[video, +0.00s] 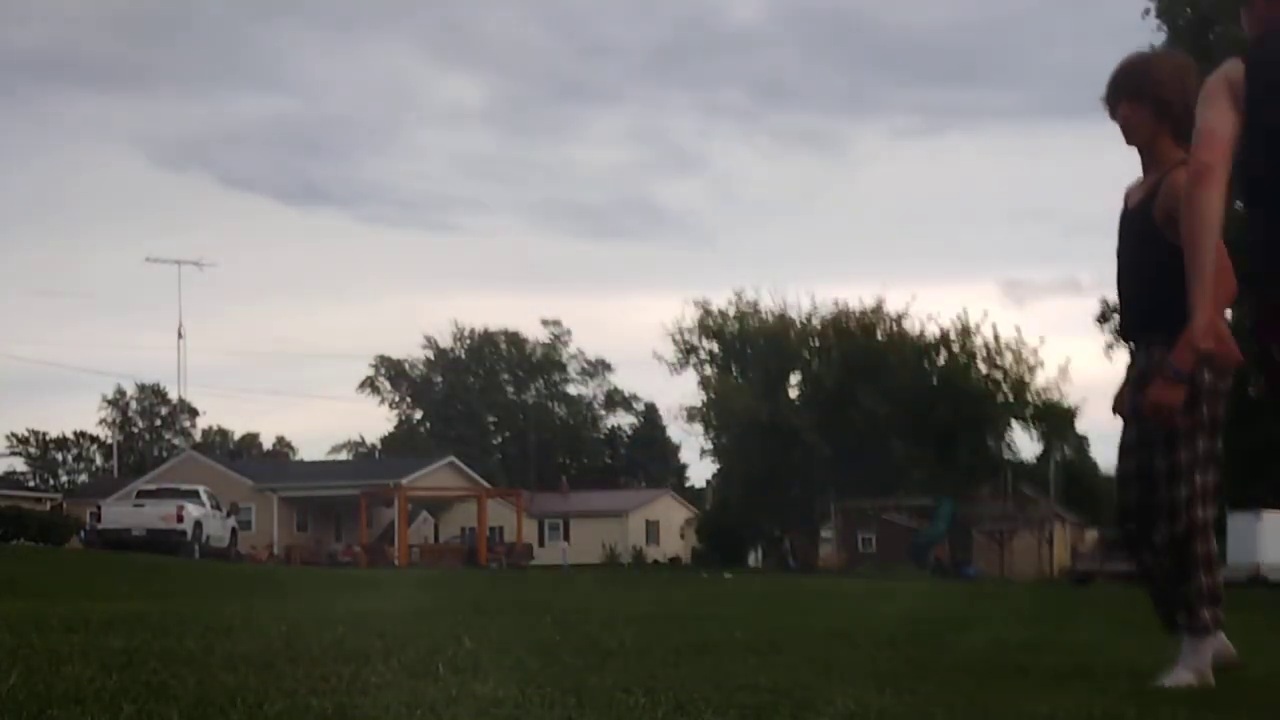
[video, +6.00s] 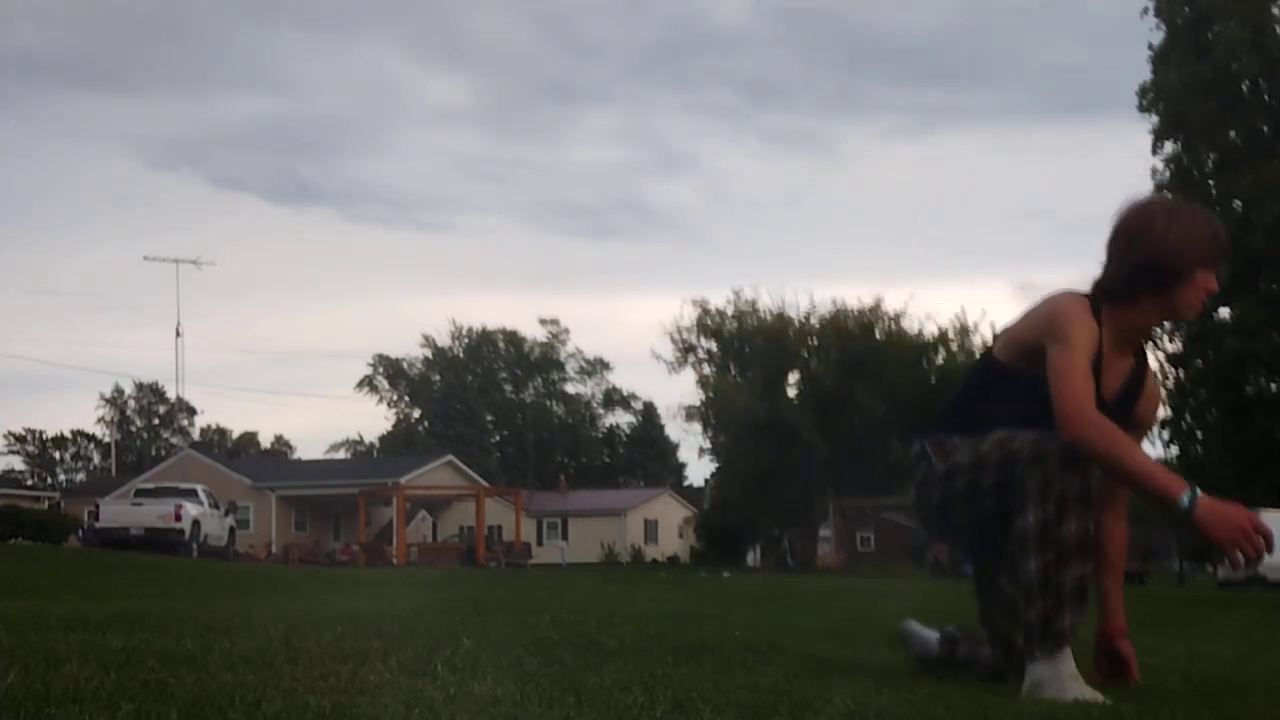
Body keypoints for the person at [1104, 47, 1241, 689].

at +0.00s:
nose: (1117, 123)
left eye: (1123, 111)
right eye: (1115, 112)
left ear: (1155, 108)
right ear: (1141, 111)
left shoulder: (1185, 185)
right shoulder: (1138, 193)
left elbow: (1220, 283)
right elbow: (1150, 290)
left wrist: (1178, 367)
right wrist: (1135, 369)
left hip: (1192, 359)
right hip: (1150, 360)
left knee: (1186, 499)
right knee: (1146, 502)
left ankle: (1198, 648)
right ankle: (1202, 633)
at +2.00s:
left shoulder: (833, 66)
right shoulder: (723, 71)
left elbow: (827, 180)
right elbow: (667, 185)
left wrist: (875, 271)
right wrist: (642, 301)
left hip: (818, 276)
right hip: (747, 277)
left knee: (848, 454)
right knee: (741, 459)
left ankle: (863, 633)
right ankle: (714, 643)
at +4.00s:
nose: (1010, 65)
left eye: (1010, 54)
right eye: (1003, 52)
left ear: (954, 57)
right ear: (969, 55)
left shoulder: (934, 124)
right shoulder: (942, 123)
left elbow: (892, 217)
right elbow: (894, 206)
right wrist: (866, 303)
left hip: (905, 307)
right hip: (915, 309)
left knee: (912, 471)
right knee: (943, 468)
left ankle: (885, 634)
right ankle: (937, 649)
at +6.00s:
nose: (1215, 287)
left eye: (1215, 272)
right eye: (1206, 270)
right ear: (1165, 267)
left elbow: (1111, 508)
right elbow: (1077, 423)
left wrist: (1112, 626)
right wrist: (1196, 504)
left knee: (1020, 658)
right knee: (1058, 461)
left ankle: (932, 646)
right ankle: (1050, 664)